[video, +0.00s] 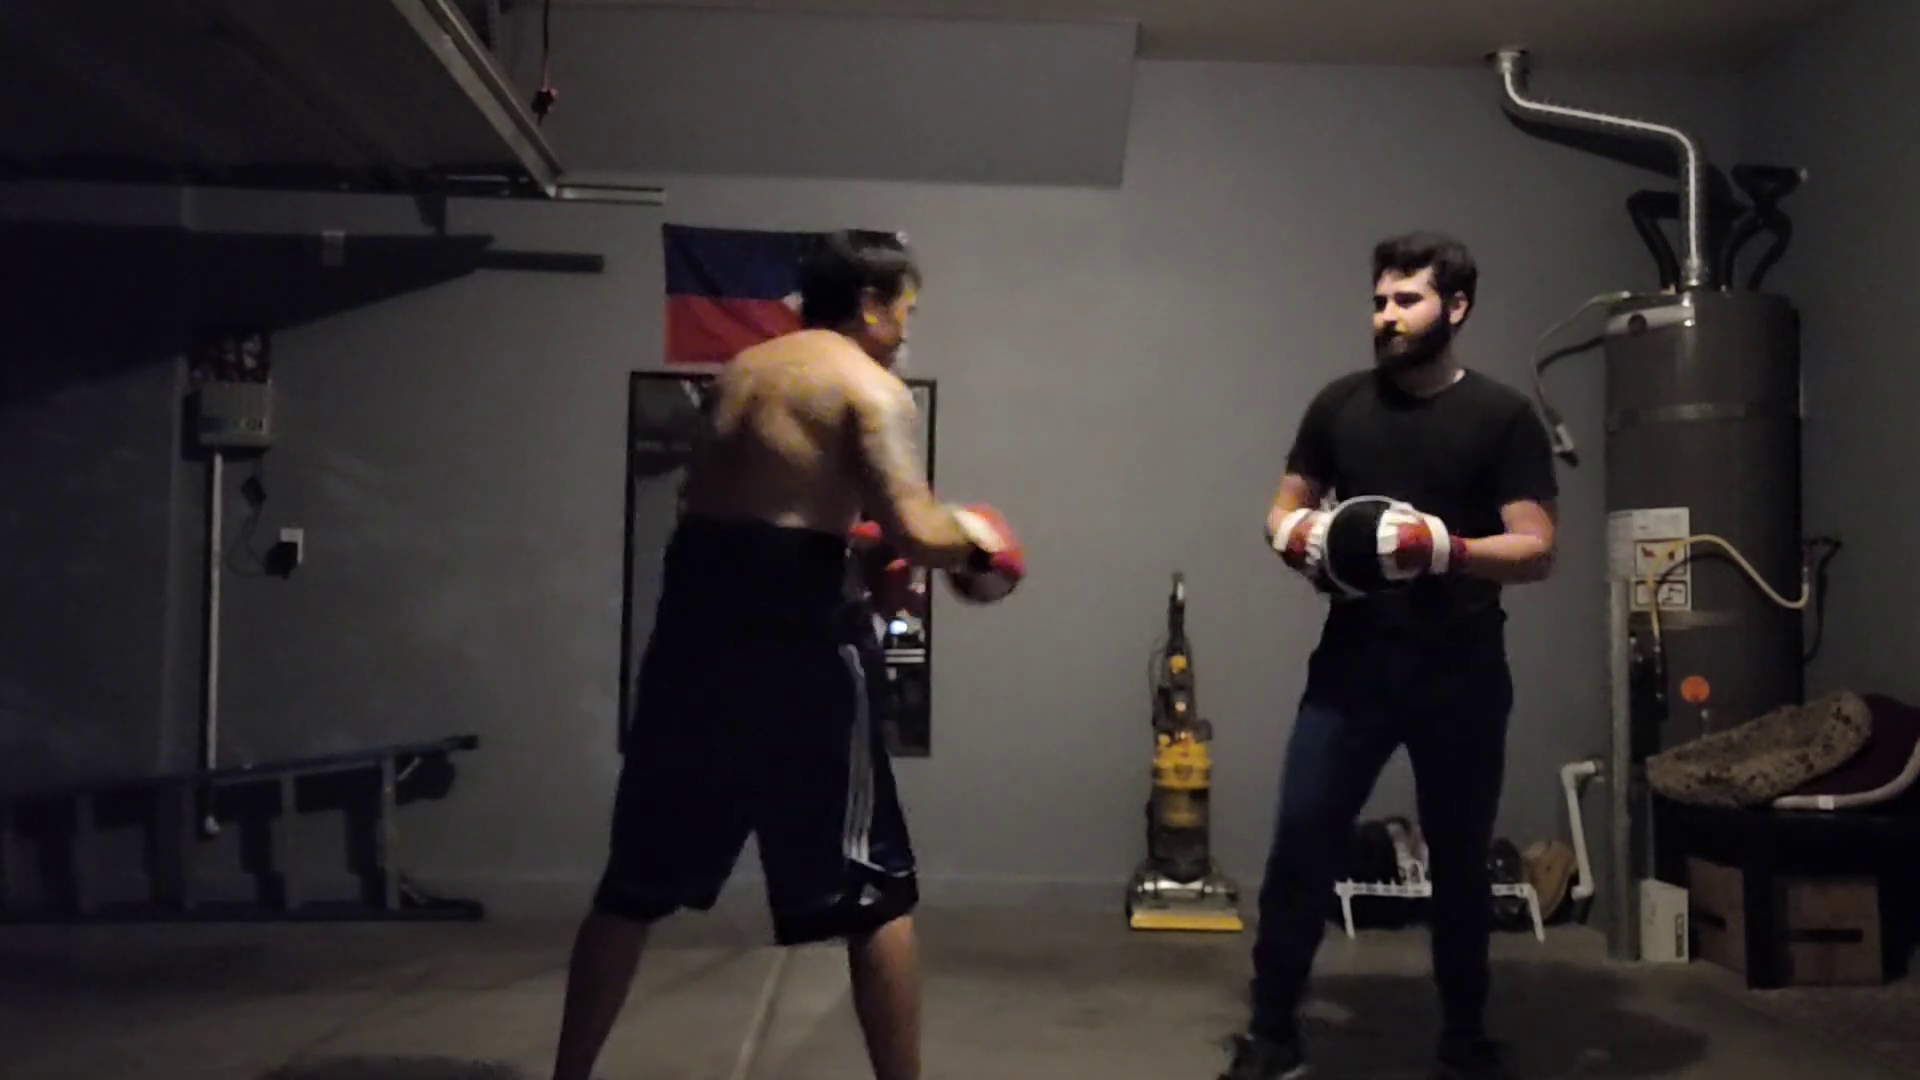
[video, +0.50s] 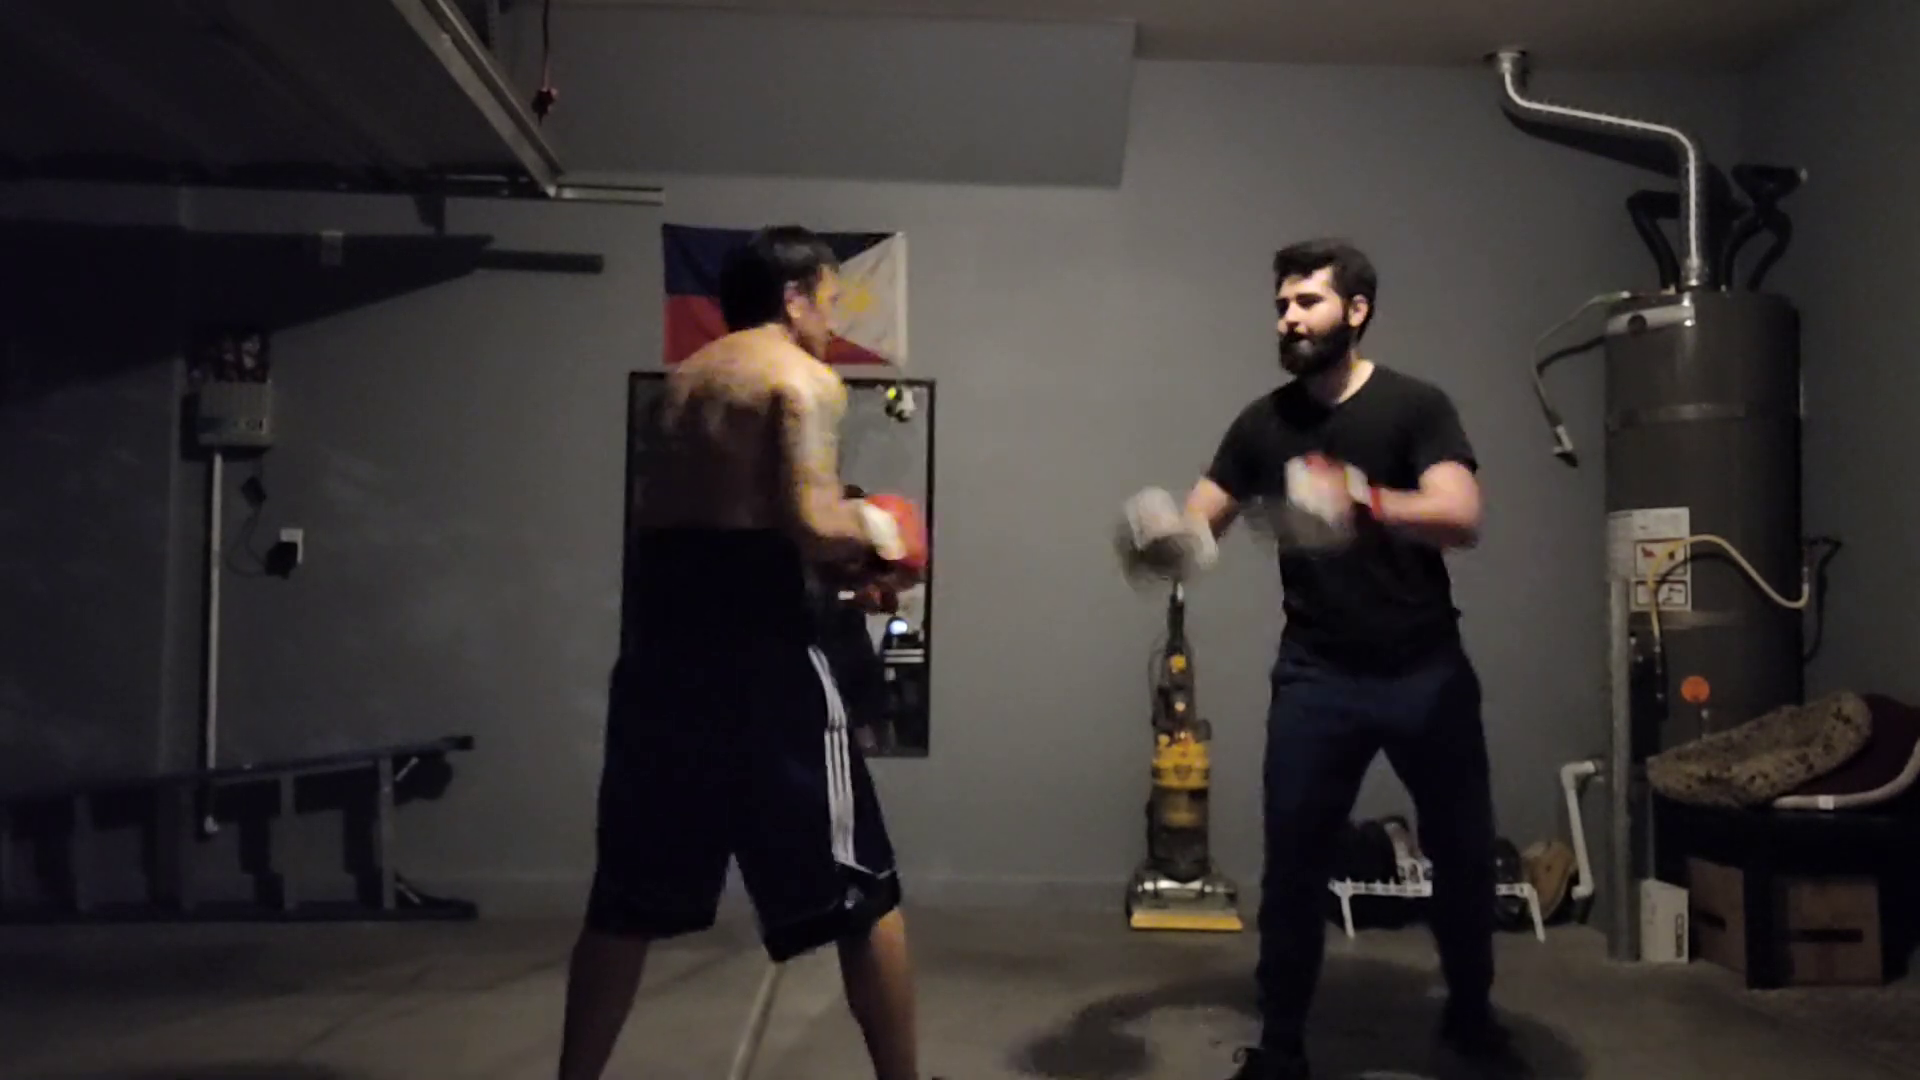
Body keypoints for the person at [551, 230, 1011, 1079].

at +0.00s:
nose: (908, 328)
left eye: (910, 311)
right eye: (904, 310)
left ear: (816, 299)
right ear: (869, 307)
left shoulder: (742, 369)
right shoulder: (871, 388)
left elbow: (730, 521)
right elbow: (917, 529)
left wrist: (857, 563)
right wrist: (976, 535)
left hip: (694, 650)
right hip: (803, 657)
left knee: (632, 883)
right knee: (877, 892)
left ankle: (569, 1070)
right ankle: (901, 1073)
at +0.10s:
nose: (928, 332)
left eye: (931, 316)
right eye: (927, 314)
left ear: (836, 301)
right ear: (895, 310)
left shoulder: (756, 365)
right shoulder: (888, 388)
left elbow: (751, 520)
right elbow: (953, 532)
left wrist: (876, 561)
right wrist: (1001, 520)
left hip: (699, 653)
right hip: (810, 663)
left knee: (639, 881)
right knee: (877, 894)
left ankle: (580, 1069)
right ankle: (901, 1072)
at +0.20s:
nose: (922, 324)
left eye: (924, 307)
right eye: (920, 306)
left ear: (833, 293)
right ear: (888, 302)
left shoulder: (755, 362)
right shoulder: (888, 385)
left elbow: (751, 517)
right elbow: (954, 525)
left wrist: (867, 560)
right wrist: (997, 500)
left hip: (701, 661)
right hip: (812, 672)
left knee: (640, 886)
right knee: (875, 899)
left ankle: (580, 1069)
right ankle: (899, 1073)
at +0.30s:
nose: (902, 312)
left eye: (902, 294)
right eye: (897, 295)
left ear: (812, 289)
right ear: (864, 295)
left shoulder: (738, 361)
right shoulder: (869, 375)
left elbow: (740, 512)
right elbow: (931, 519)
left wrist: (863, 553)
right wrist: (975, 501)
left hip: (700, 654)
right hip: (808, 660)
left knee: (643, 884)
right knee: (867, 900)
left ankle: (579, 1068)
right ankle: (897, 1071)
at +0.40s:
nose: (874, 311)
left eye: (872, 295)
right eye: (866, 296)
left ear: (786, 295)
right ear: (830, 296)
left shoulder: (711, 370)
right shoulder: (835, 377)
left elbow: (721, 530)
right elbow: (879, 525)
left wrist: (847, 564)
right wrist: (932, 511)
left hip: (682, 666)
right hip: (790, 668)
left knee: (638, 891)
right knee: (860, 903)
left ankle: (581, 1070)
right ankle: (896, 1073)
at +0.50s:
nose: (836, 318)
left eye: (834, 301)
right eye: (829, 301)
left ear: (746, 302)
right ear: (796, 300)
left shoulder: (674, 383)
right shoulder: (800, 380)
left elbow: (696, 544)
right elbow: (816, 525)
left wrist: (845, 574)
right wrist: (877, 534)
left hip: (668, 675)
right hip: (778, 678)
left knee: (625, 900)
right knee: (865, 895)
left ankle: (576, 1072)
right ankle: (901, 1071)